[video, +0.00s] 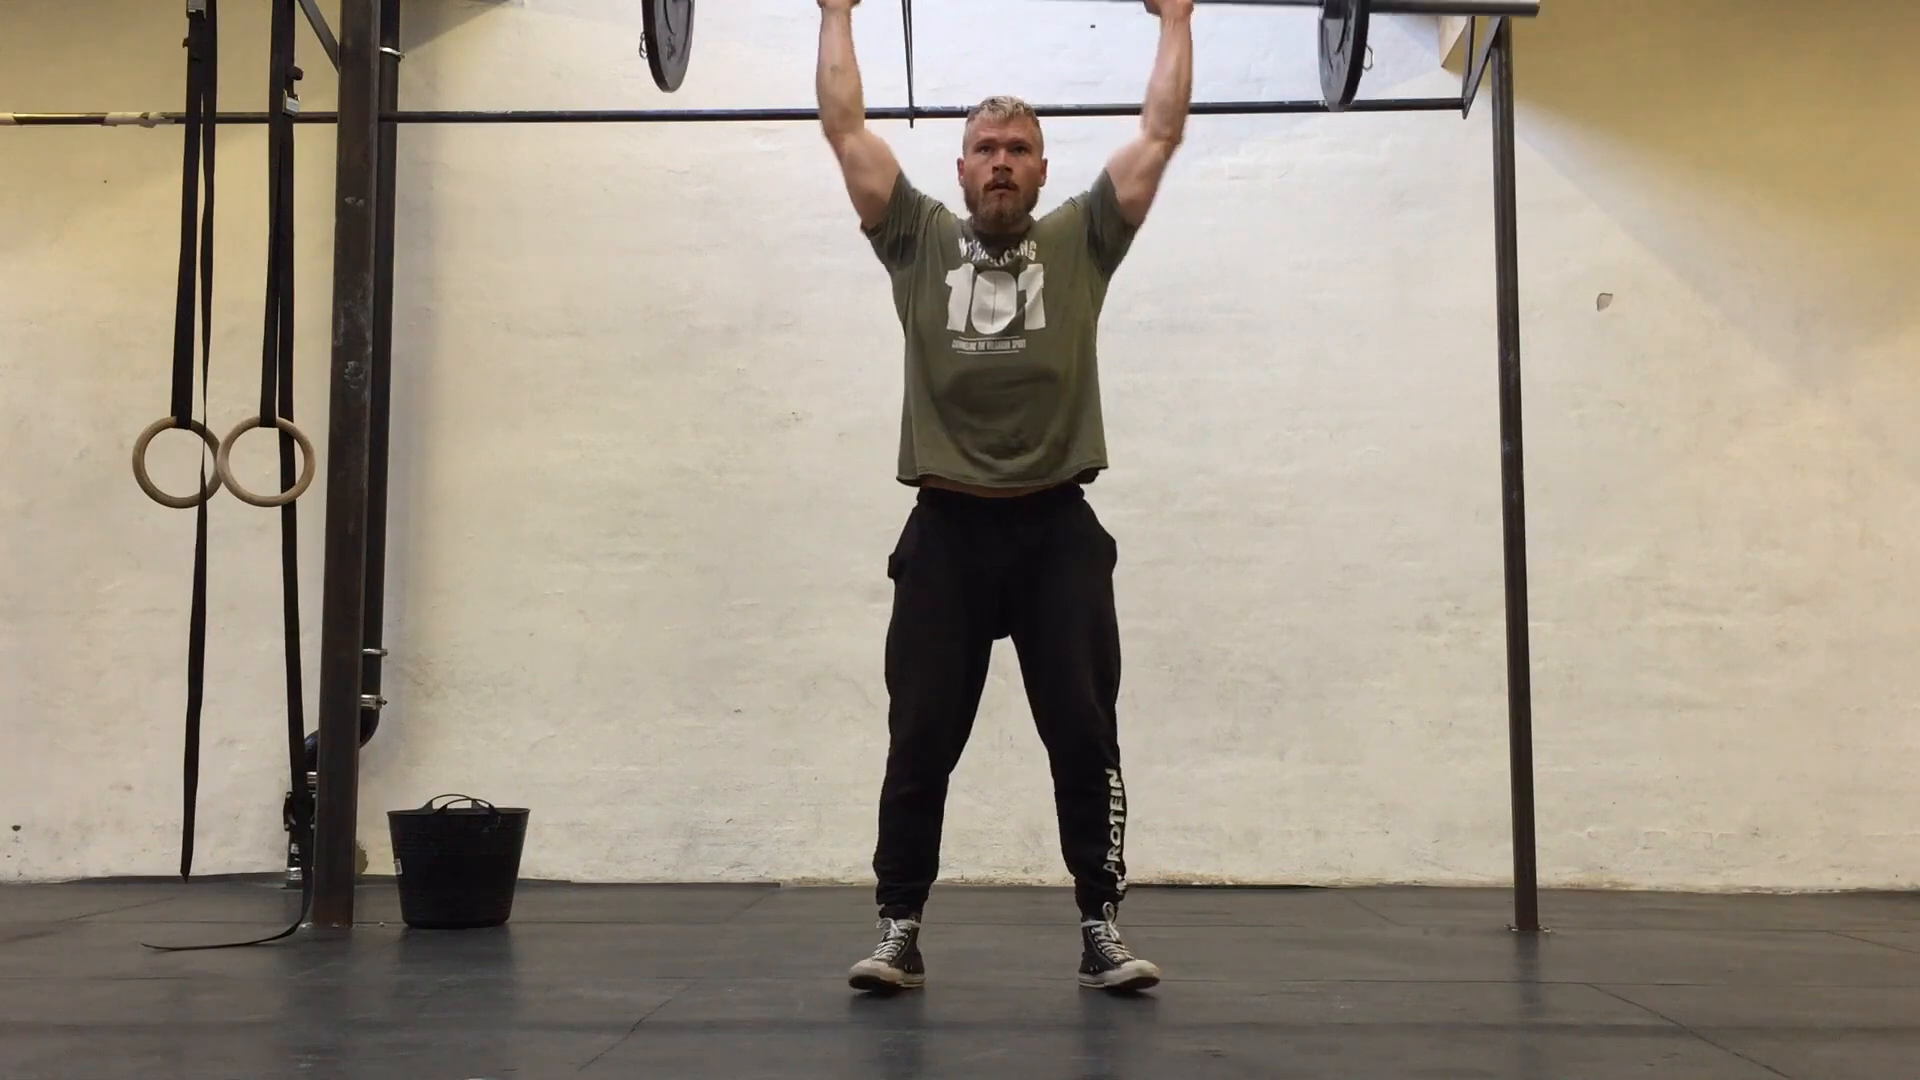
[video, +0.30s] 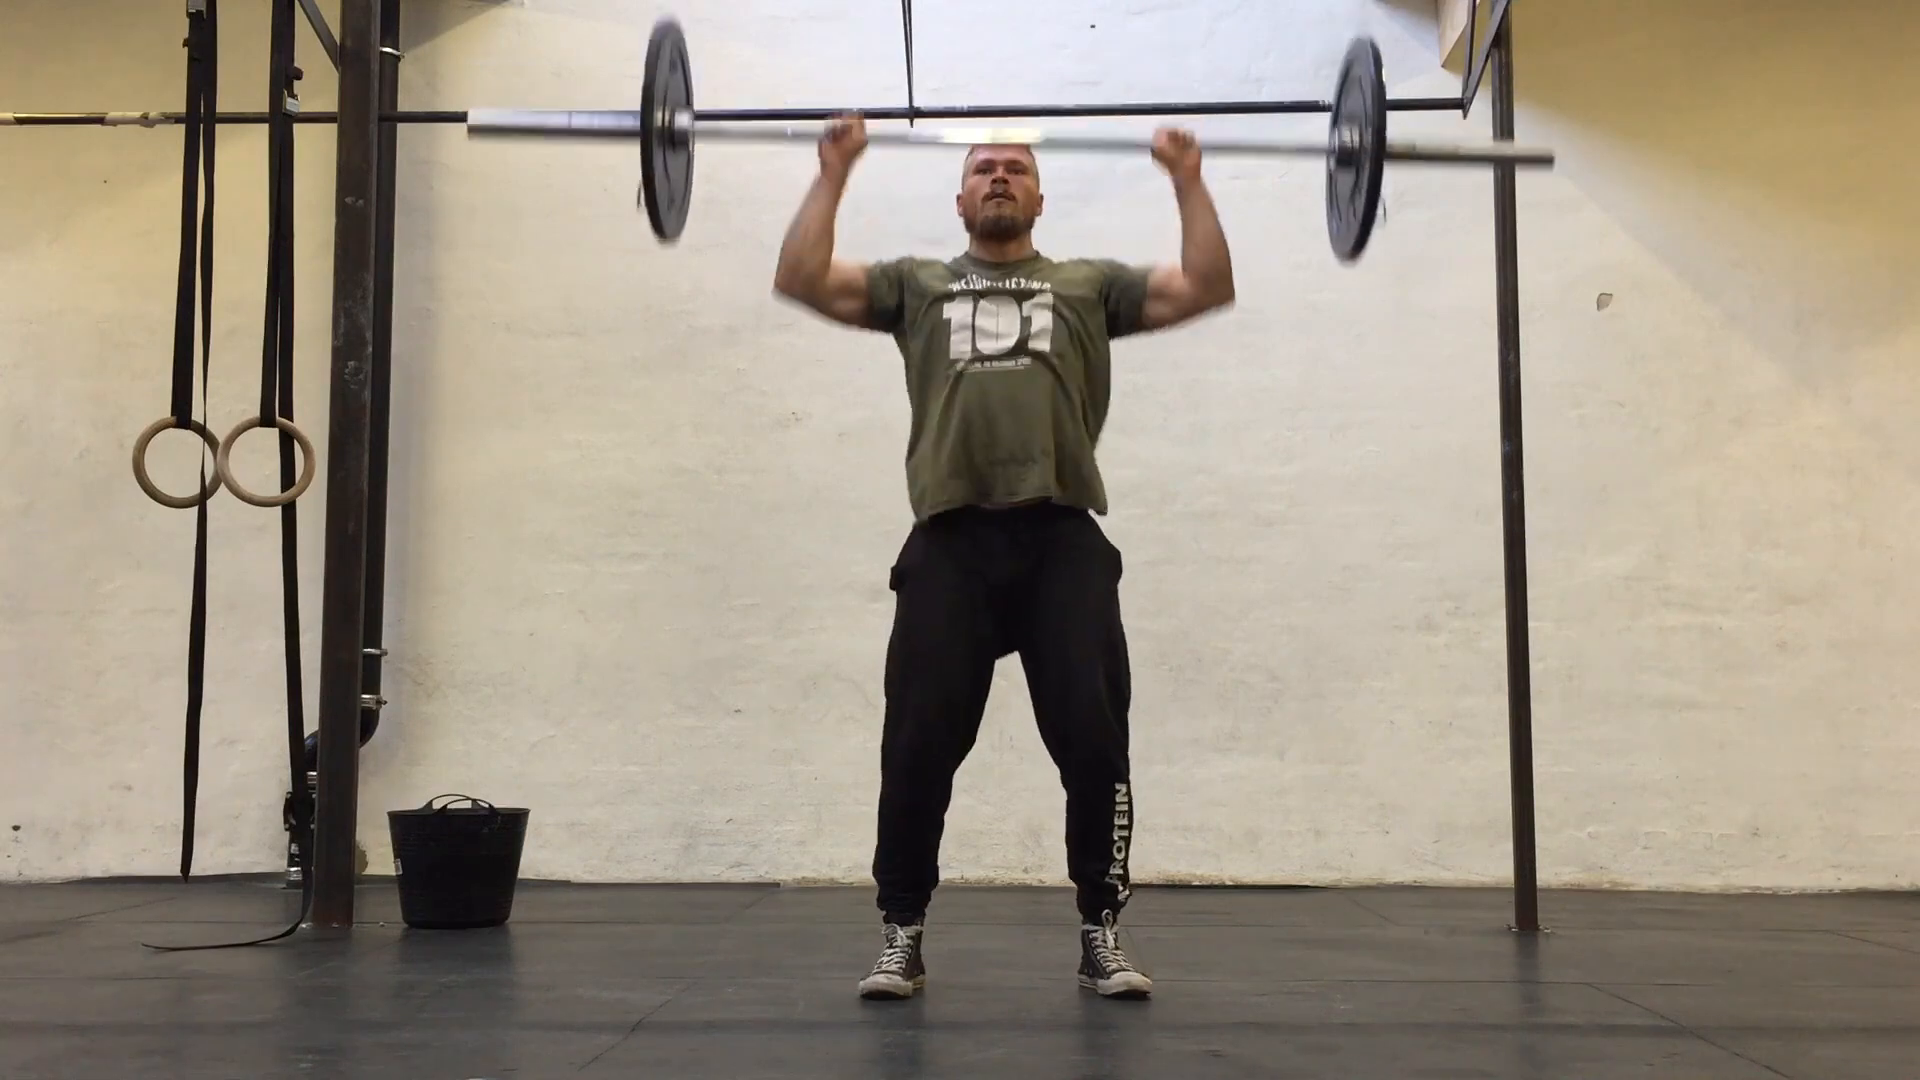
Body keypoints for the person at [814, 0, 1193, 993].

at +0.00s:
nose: (1002, 162)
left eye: (1019, 150)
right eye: (985, 150)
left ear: (1043, 170)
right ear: (961, 167)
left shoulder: (1080, 244)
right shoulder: (920, 243)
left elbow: (1157, 138)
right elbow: (846, 128)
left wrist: (1176, 21)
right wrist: (836, 12)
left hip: (1058, 535)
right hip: (946, 536)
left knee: (1084, 736)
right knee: (920, 739)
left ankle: (1102, 934)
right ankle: (898, 934)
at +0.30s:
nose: (998, 176)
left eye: (1015, 170)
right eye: (983, 170)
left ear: (1039, 199)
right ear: (961, 200)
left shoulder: (1084, 283)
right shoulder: (919, 283)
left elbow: (1207, 288)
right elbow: (801, 279)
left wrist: (1189, 178)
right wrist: (831, 172)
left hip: (1064, 541)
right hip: (949, 543)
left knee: (1095, 738)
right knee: (917, 745)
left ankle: (1102, 938)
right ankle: (900, 938)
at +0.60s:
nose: (1009, 156)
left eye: (1025, 146)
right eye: (993, 145)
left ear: (1048, 173)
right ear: (966, 172)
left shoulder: (1090, 262)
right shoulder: (924, 263)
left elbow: (1194, 332)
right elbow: (820, 332)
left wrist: (1183, 416)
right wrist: (839, 406)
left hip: (1068, 526)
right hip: (957, 526)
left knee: (1099, 724)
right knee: (927, 723)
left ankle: (1110, 927)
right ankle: (902, 929)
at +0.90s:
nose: (1005, 226)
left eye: (1022, 216)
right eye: (989, 215)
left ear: (1048, 250)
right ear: (963, 249)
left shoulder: (1102, 364)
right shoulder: (911, 361)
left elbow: (1146, 488)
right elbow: (870, 486)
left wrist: (1173, 613)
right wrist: (845, 613)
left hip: (1066, 582)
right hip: (942, 582)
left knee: (1111, 740)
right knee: (904, 738)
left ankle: (1107, 938)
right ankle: (900, 938)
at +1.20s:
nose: (1001, 198)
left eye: (1018, 190)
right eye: (985, 189)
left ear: (1045, 224)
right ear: (960, 224)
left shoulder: (1098, 337)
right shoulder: (908, 336)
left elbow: (1143, 461)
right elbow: (865, 460)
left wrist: (1170, 580)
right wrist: (842, 582)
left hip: (1065, 574)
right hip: (941, 572)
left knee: (1106, 740)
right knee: (907, 743)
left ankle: (1103, 937)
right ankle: (901, 937)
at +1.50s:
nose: (1001, 175)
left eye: (1018, 164)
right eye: (986, 163)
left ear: (1042, 187)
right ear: (961, 186)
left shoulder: (1087, 272)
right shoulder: (915, 275)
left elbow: (1156, 360)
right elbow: (851, 362)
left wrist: (1174, 376)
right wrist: (835, 379)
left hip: (1056, 536)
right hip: (945, 536)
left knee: (1098, 722)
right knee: (910, 719)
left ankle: (1108, 927)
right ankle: (900, 922)